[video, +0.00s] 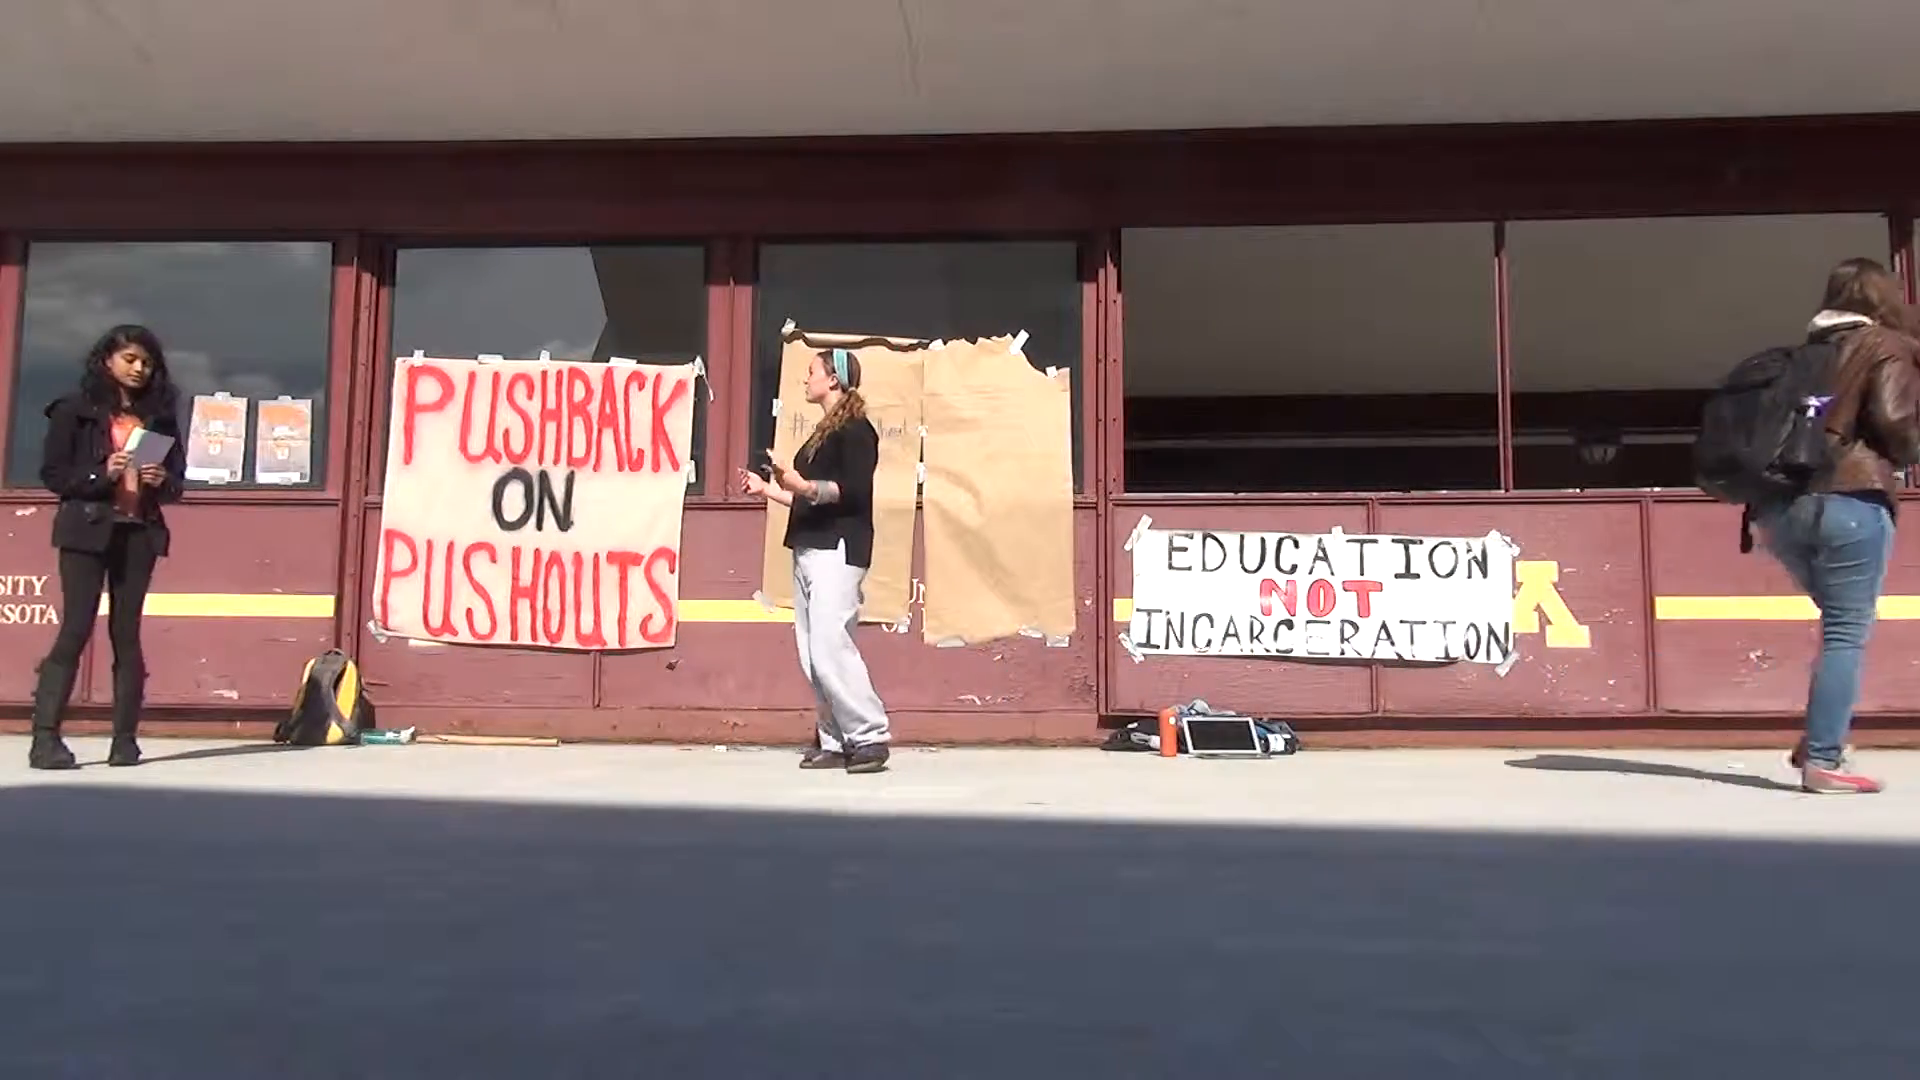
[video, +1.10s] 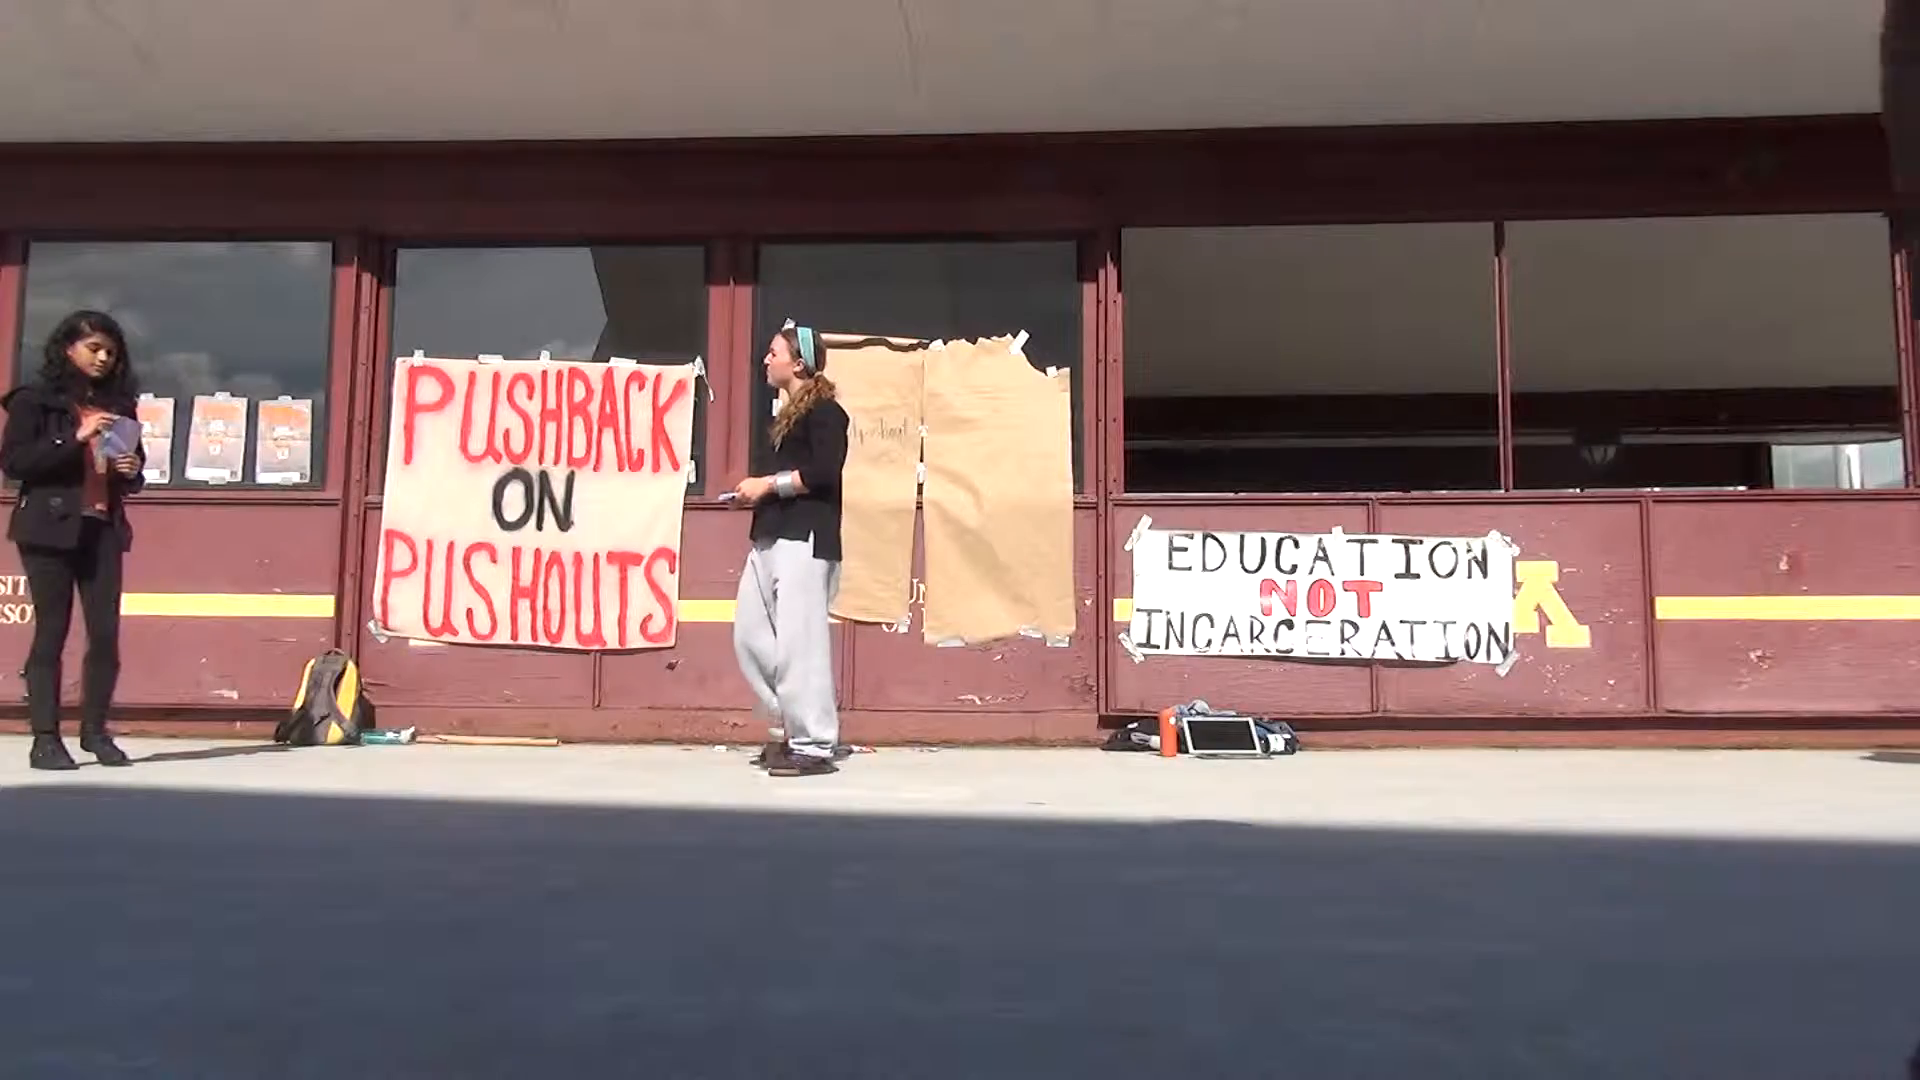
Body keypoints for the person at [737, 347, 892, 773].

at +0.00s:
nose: (805, 379)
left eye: (812, 372)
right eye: (808, 372)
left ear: (834, 378)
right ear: (830, 378)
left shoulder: (855, 430)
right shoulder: (825, 432)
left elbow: (852, 491)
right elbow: (811, 500)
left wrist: (799, 482)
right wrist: (768, 490)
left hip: (836, 551)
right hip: (809, 550)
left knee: (829, 646)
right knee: (813, 651)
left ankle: (869, 738)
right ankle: (835, 741)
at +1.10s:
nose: (766, 360)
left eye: (774, 354)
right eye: (769, 353)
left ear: (798, 363)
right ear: (791, 363)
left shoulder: (825, 412)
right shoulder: (786, 415)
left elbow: (823, 474)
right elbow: (792, 475)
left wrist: (768, 484)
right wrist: (758, 486)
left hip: (803, 542)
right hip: (769, 542)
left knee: (801, 640)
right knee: (750, 634)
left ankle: (815, 746)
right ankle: (799, 726)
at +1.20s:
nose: (759, 359)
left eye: (767, 352)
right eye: (762, 351)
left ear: (792, 362)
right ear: (786, 363)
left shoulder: (823, 411)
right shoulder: (777, 414)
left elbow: (820, 474)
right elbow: (784, 474)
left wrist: (766, 483)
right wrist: (753, 485)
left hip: (798, 541)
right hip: (760, 541)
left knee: (797, 640)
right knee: (743, 638)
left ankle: (813, 745)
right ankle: (753, 739)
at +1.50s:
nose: (733, 369)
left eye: (740, 361)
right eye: (733, 361)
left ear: (767, 367)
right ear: (750, 367)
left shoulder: (802, 416)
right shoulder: (733, 423)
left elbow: (806, 480)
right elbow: (734, 484)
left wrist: (748, 484)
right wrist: (712, 491)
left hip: (775, 544)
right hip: (729, 543)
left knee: (782, 646)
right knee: (714, 645)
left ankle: (809, 746)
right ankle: (699, 746)